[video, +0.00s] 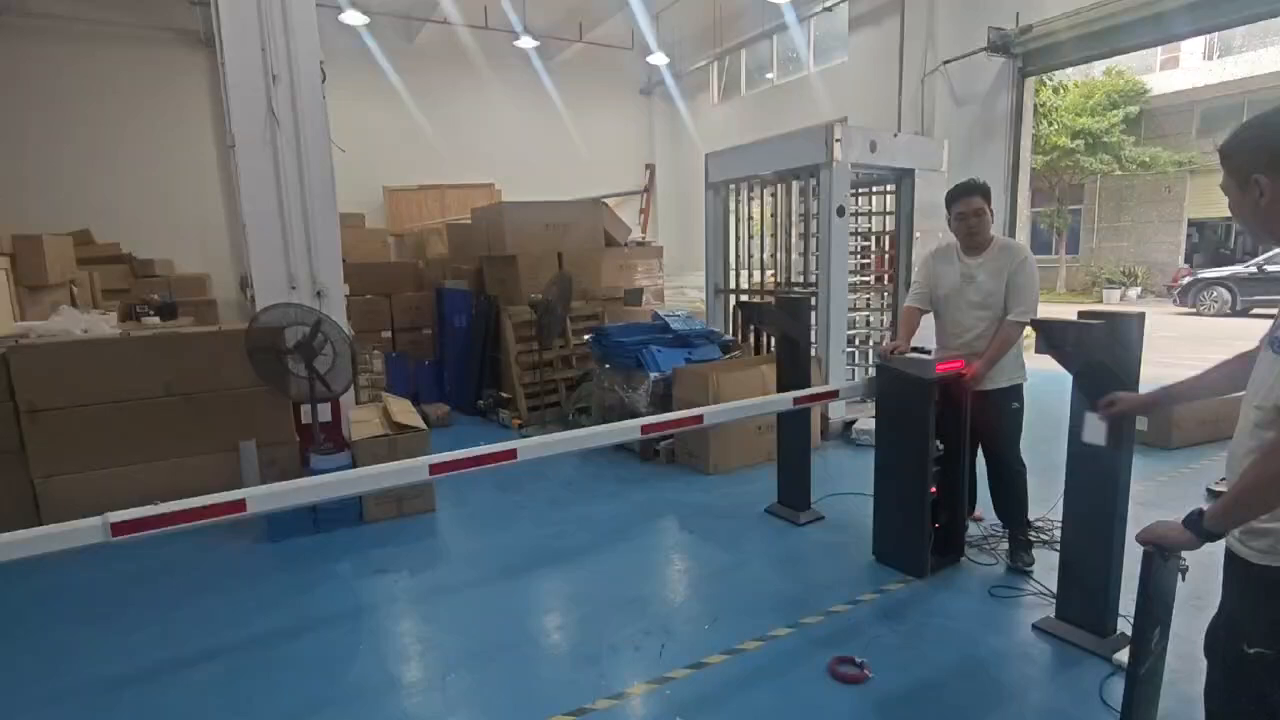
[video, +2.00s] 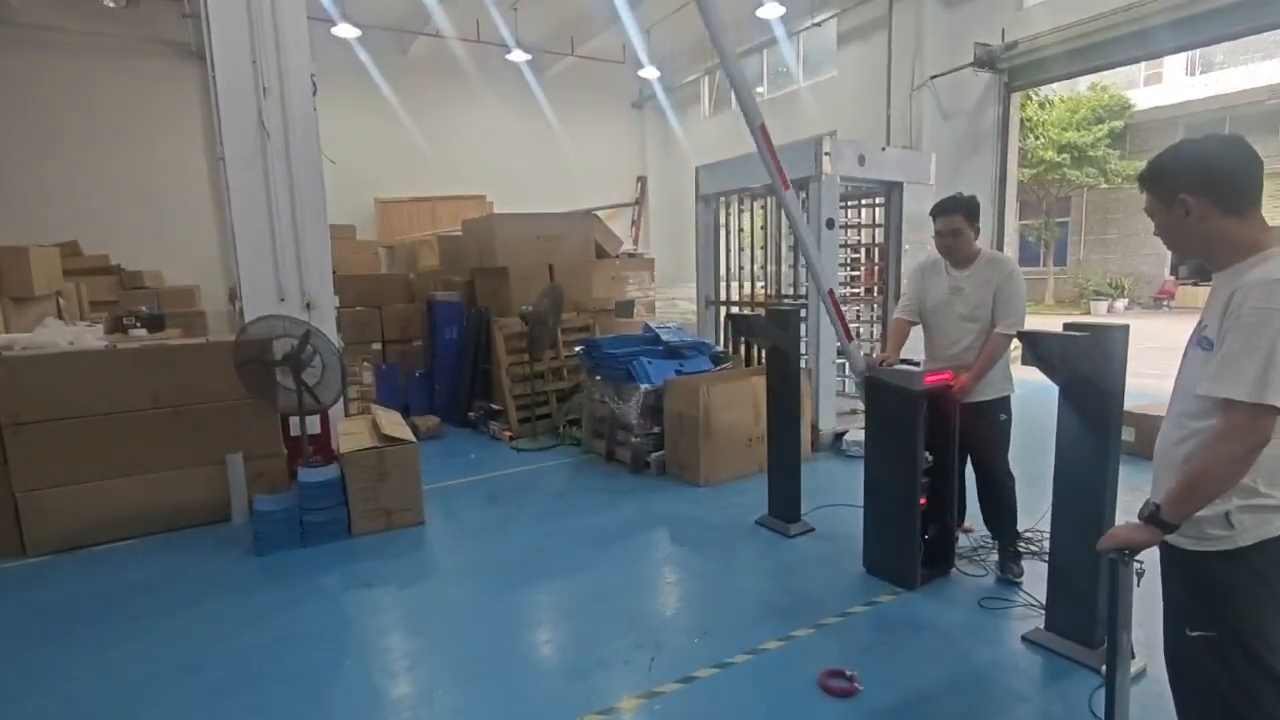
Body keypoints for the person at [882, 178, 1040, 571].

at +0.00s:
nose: (970, 223)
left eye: (977, 214)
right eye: (961, 217)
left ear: (991, 213)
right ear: (950, 221)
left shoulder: (1017, 257)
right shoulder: (937, 258)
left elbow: (1017, 319)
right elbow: (915, 302)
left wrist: (984, 362)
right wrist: (902, 338)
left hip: (1000, 380)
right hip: (951, 380)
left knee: (1004, 462)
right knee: (953, 463)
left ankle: (1018, 536)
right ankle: (949, 541)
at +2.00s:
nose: (944, 243)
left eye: (953, 234)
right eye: (939, 235)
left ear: (975, 232)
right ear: (933, 234)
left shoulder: (1003, 270)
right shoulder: (925, 269)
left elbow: (1005, 330)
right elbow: (904, 315)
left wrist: (972, 375)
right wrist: (890, 353)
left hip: (988, 393)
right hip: (940, 393)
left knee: (994, 475)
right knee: (942, 476)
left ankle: (1008, 547)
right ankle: (939, 552)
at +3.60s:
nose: (936, 246)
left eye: (944, 238)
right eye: (930, 238)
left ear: (967, 231)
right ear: (925, 234)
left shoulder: (997, 268)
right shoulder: (919, 267)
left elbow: (997, 329)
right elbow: (898, 313)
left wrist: (965, 373)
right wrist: (884, 350)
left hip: (981, 390)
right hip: (932, 390)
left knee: (986, 471)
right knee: (935, 471)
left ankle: (1000, 542)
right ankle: (933, 545)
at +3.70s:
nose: (936, 246)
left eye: (944, 238)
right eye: (930, 238)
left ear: (967, 231)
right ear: (924, 234)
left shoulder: (996, 268)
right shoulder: (918, 268)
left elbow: (996, 330)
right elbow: (898, 314)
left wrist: (964, 374)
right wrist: (883, 349)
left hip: (981, 391)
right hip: (932, 391)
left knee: (987, 472)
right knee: (935, 471)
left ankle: (1000, 542)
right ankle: (934, 543)